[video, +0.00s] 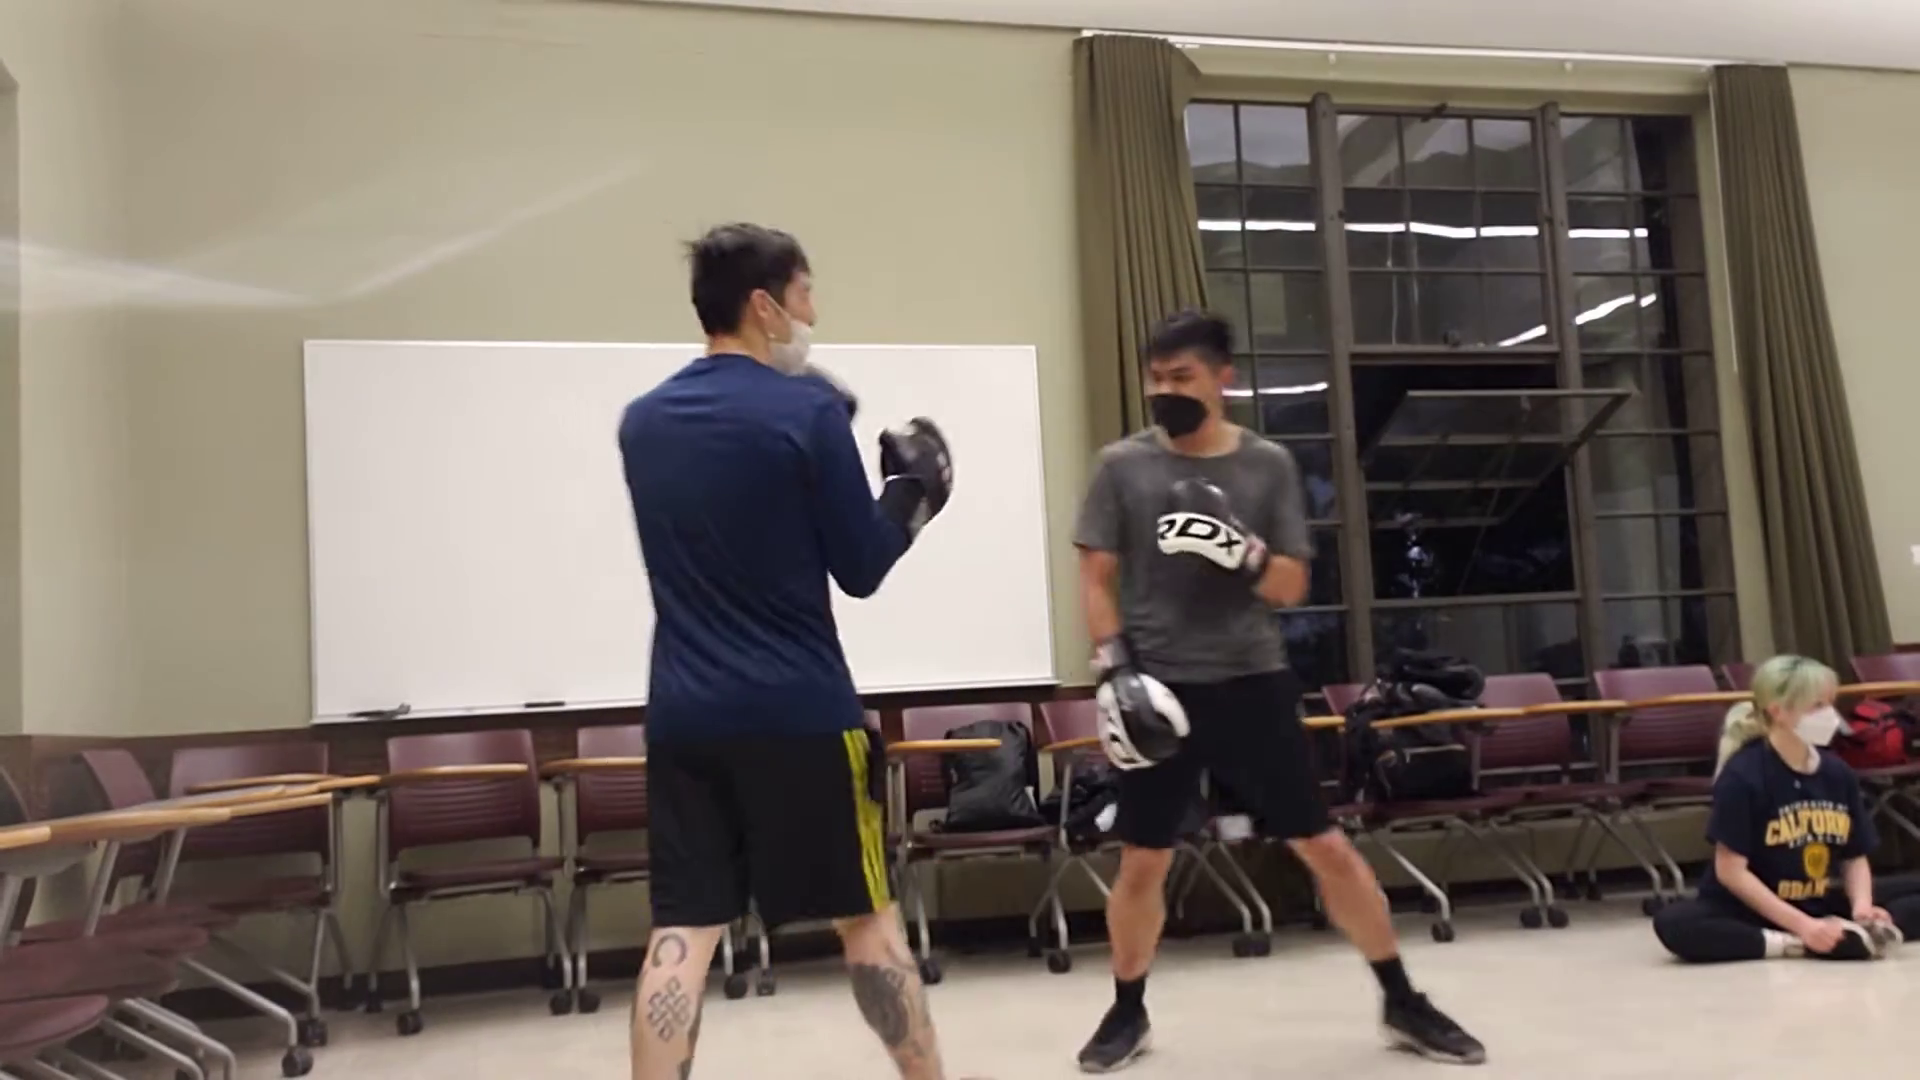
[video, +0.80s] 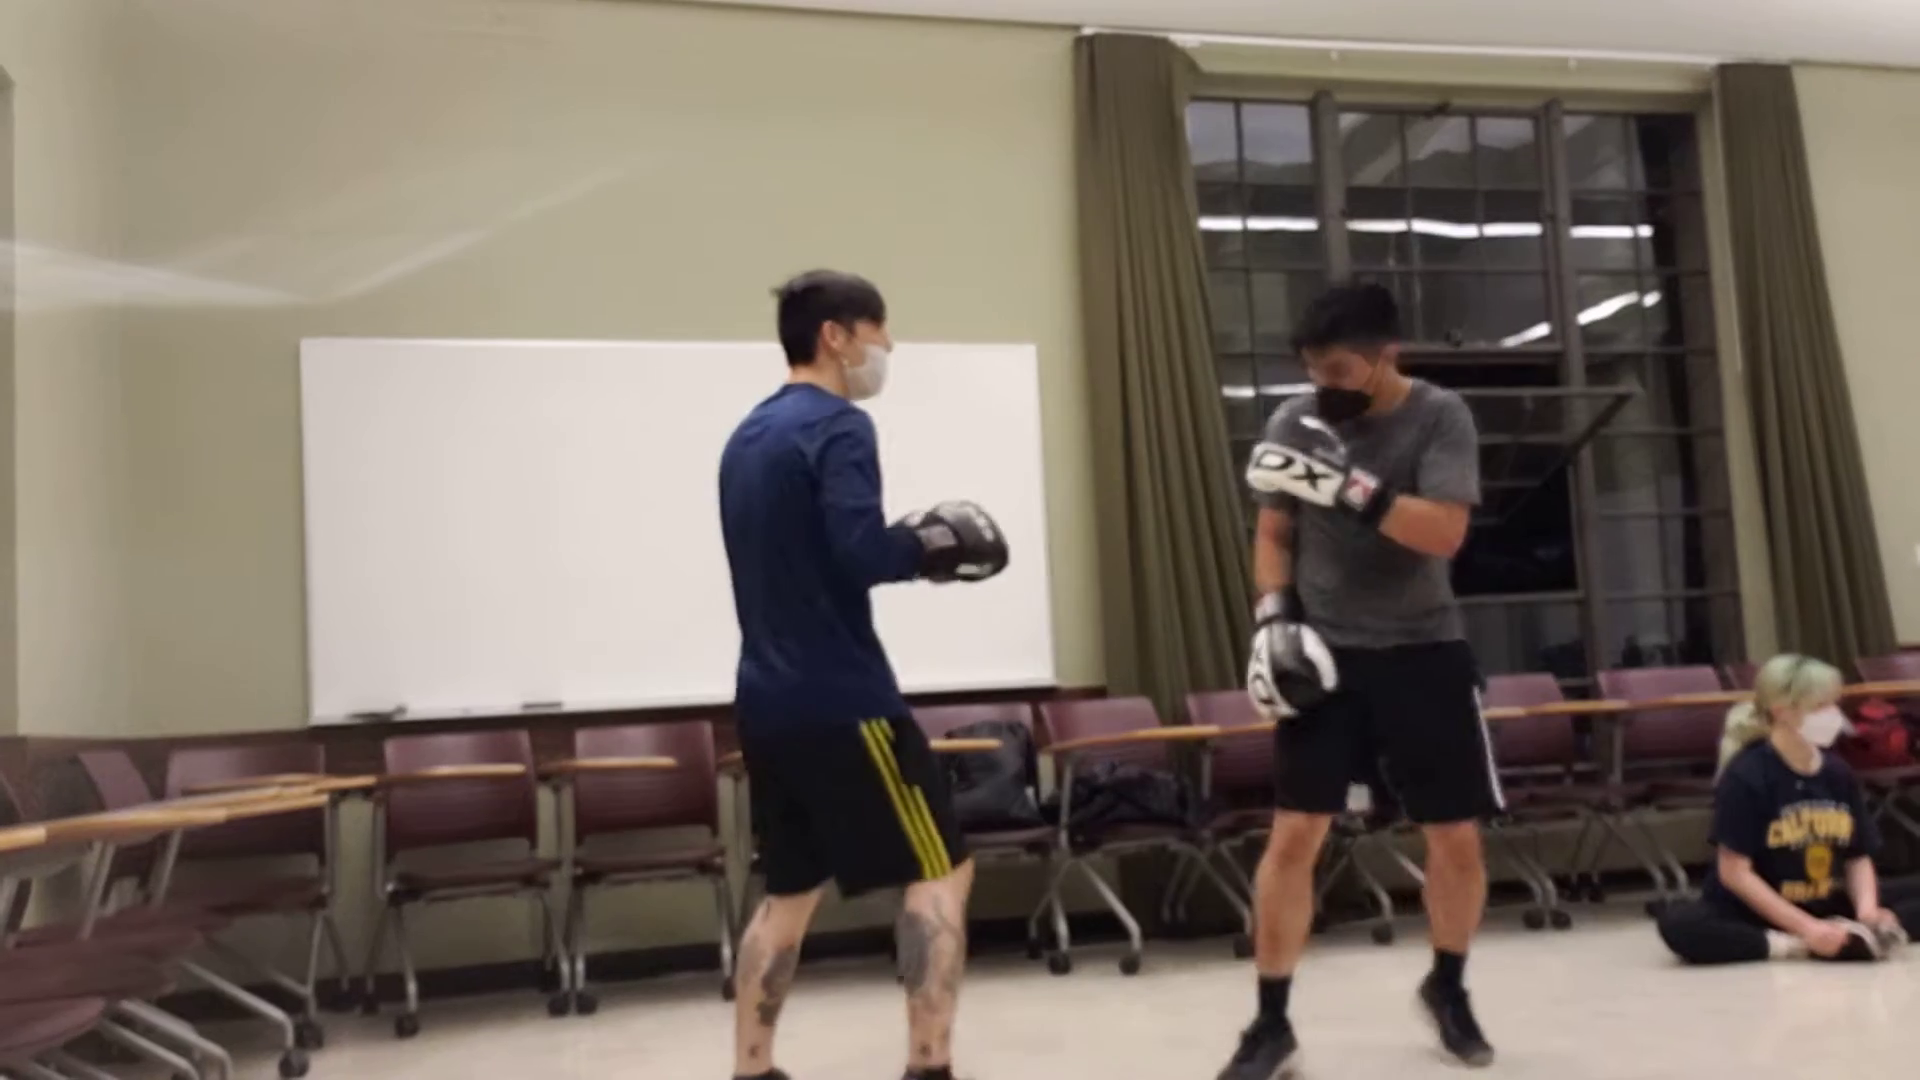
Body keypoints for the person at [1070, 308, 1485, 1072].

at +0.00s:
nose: (1167, 394)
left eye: (1182, 379)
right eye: (1156, 381)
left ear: (1224, 377)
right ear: (1145, 384)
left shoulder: (1268, 464)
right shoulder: (1121, 468)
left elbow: (1292, 586)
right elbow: (1096, 577)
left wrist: (1241, 550)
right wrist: (1114, 670)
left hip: (1254, 687)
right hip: (1158, 689)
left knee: (1321, 844)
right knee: (1140, 865)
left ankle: (1401, 999)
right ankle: (1126, 1012)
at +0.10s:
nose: (1210, 382)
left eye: (1224, 366)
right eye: (1199, 370)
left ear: (1267, 364)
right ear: (1189, 374)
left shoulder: (1321, 450)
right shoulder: (1167, 459)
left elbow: (1355, 569)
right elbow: (1150, 571)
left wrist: (1284, 536)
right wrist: (1161, 659)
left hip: (1307, 674)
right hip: (1206, 676)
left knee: (1367, 833)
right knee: (1170, 847)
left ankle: (1417, 1000)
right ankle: (1131, 1002)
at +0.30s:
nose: (1274, 368)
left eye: (1289, 351)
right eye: (1263, 354)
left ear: (1332, 345)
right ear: (1251, 354)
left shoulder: (1388, 422)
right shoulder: (1237, 440)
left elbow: (1435, 538)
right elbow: (1221, 552)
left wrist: (1362, 512)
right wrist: (1230, 636)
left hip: (1374, 654)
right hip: (1272, 657)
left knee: (1403, 821)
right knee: (1235, 822)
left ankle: (1421, 1000)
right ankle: (1213, 998)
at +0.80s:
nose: (1332, 392)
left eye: (1344, 376)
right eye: (1321, 377)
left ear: (1386, 355)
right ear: (1309, 364)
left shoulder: (1442, 416)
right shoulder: (1300, 420)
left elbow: (1444, 533)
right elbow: (1272, 534)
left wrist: (1346, 485)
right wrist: (1273, 619)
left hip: (1424, 656)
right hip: (1323, 654)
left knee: (1456, 834)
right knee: (1294, 834)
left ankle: (1447, 986)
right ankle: (1270, 1020)